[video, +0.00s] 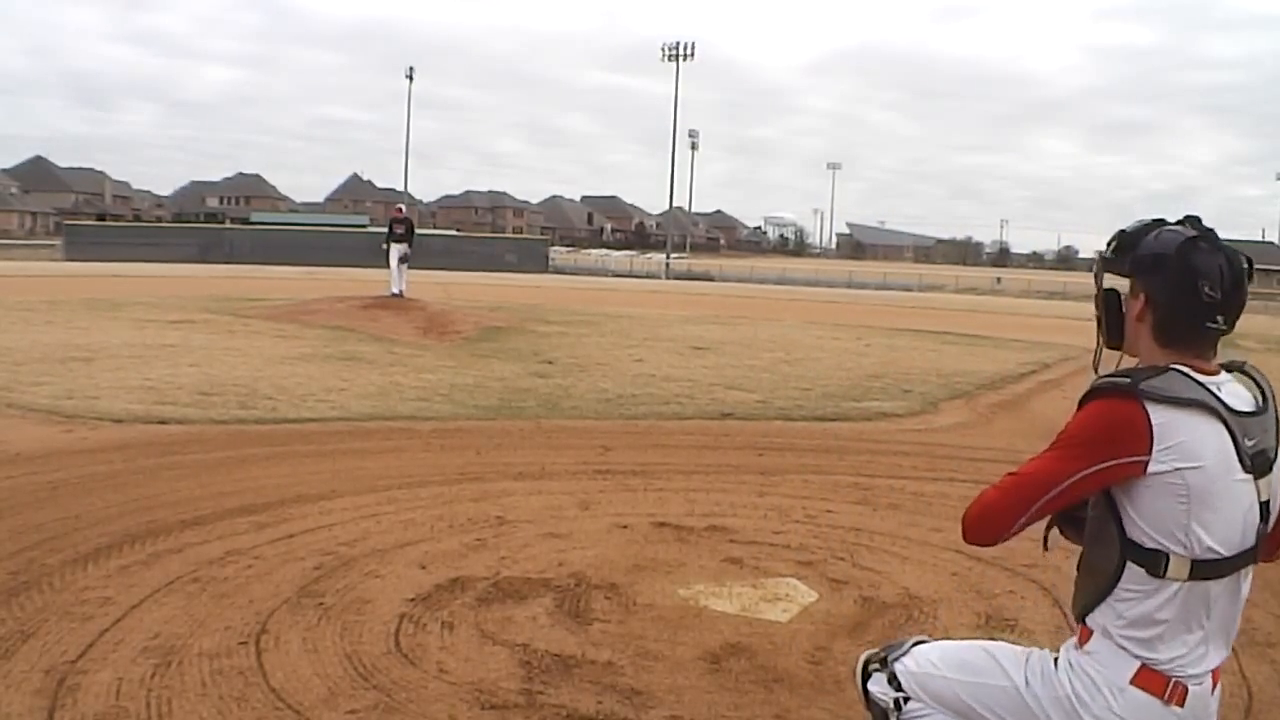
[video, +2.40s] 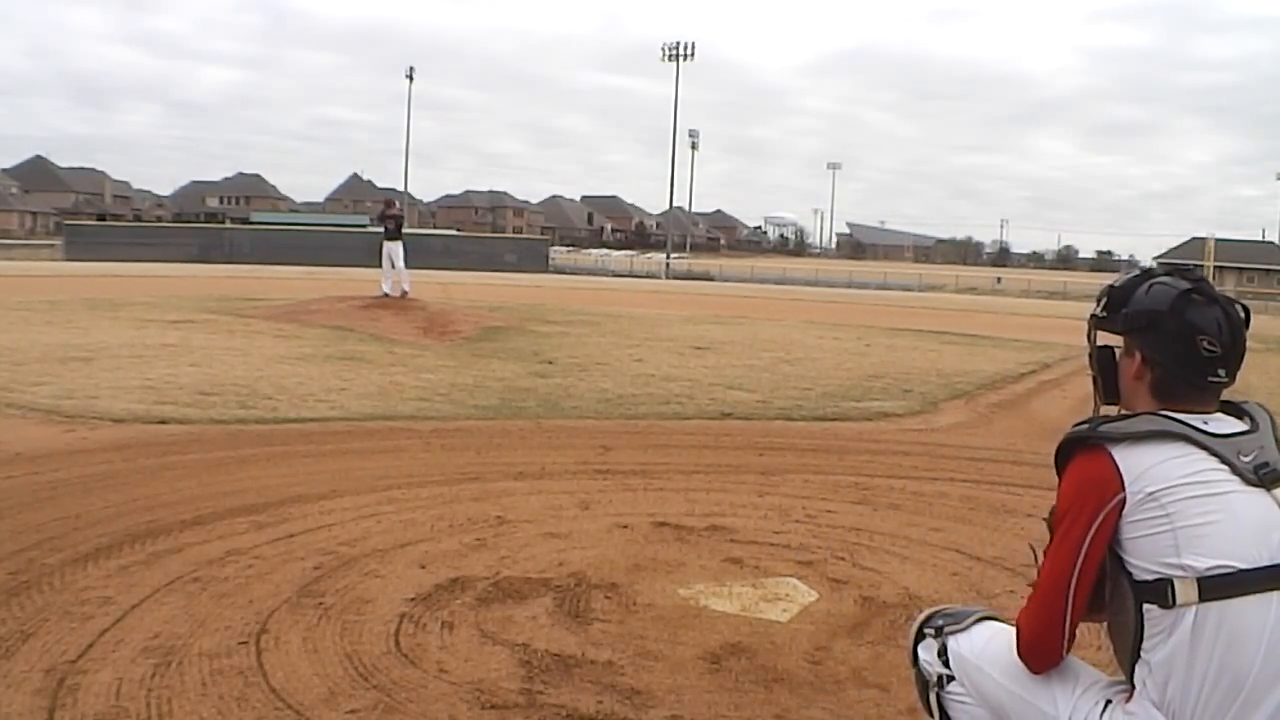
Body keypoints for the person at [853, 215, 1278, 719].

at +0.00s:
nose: (1118, 303)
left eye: (1125, 290)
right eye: (1123, 288)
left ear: (1140, 304)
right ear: (1217, 313)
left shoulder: (1130, 408)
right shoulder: (1253, 395)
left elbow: (980, 525)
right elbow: (1270, 542)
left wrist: (1066, 494)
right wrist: (1104, 527)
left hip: (1116, 695)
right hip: (1202, 697)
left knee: (890, 675)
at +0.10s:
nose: (1116, 303)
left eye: (1122, 290)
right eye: (1120, 289)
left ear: (1137, 306)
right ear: (1217, 314)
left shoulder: (1124, 408)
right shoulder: (1256, 391)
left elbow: (965, 513)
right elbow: (1271, 543)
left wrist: (1056, 484)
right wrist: (1097, 514)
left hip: (1131, 700)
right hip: (1220, 698)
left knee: (894, 665)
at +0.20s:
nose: (1108, 291)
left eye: (1114, 280)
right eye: (1112, 278)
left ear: (1128, 295)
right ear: (1205, 306)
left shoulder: (1113, 399)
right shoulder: (1247, 382)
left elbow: (965, 518)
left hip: (1141, 701)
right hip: (1237, 697)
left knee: (902, 653)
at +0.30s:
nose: (1099, 289)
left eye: (1105, 278)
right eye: (1104, 276)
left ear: (1121, 293)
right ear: (1198, 301)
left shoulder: (1100, 393)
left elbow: (980, 548)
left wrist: (1091, 488)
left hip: (1161, 701)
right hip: (1265, 694)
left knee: (908, 646)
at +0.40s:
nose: (1090, 314)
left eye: (1097, 300)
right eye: (1095, 299)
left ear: (1115, 313)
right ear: (1196, 318)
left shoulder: (1096, 415)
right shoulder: (1245, 394)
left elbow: (1005, 591)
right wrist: (1084, 502)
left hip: (1162, 702)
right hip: (1264, 699)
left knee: (912, 645)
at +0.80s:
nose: (1102, 345)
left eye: (1106, 332)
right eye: (1105, 331)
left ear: (1122, 347)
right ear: (1209, 349)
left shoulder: (1106, 444)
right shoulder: (1254, 417)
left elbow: (1036, 635)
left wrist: (1026, 571)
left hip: (1174, 712)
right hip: (1263, 704)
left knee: (941, 641)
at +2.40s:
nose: (1114, 361)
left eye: (1120, 348)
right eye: (1117, 347)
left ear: (1138, 364)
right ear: (1217, 369)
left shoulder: (1109, 458)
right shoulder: (1260, 436)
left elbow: (1039, 651)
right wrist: (1112, 591)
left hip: (1168, 716)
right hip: (1262, 709)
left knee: (945, 641)